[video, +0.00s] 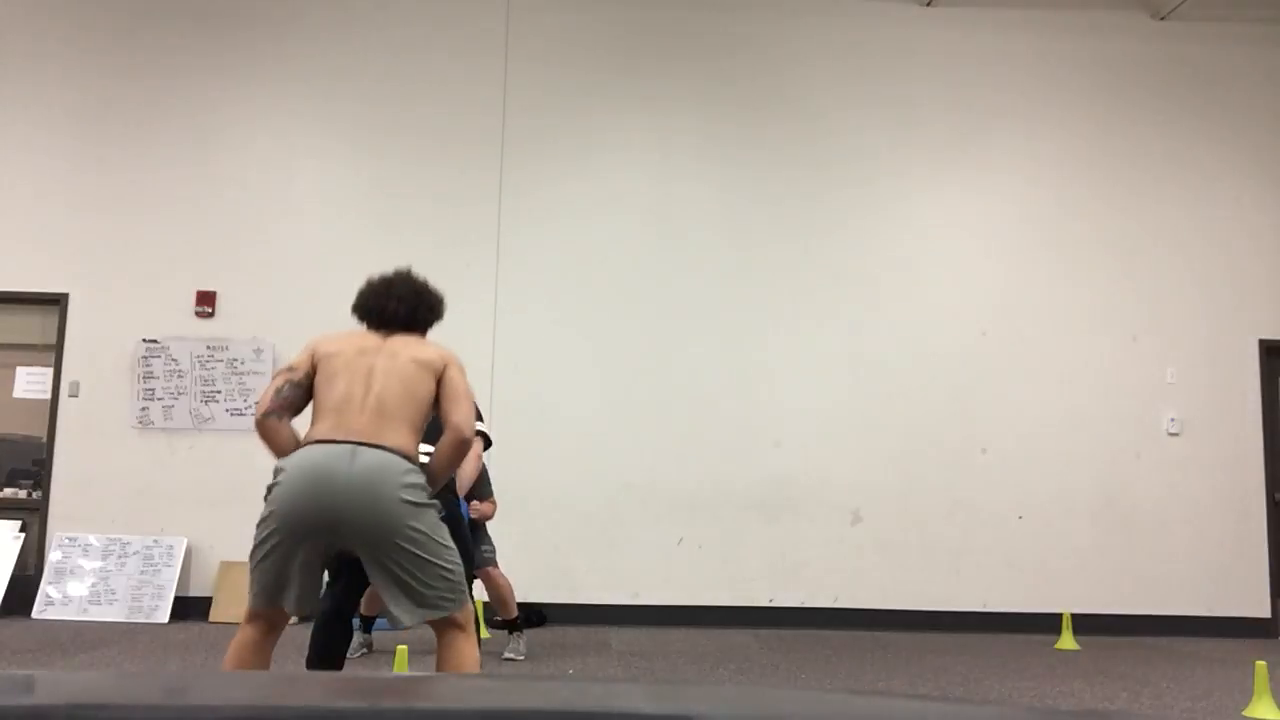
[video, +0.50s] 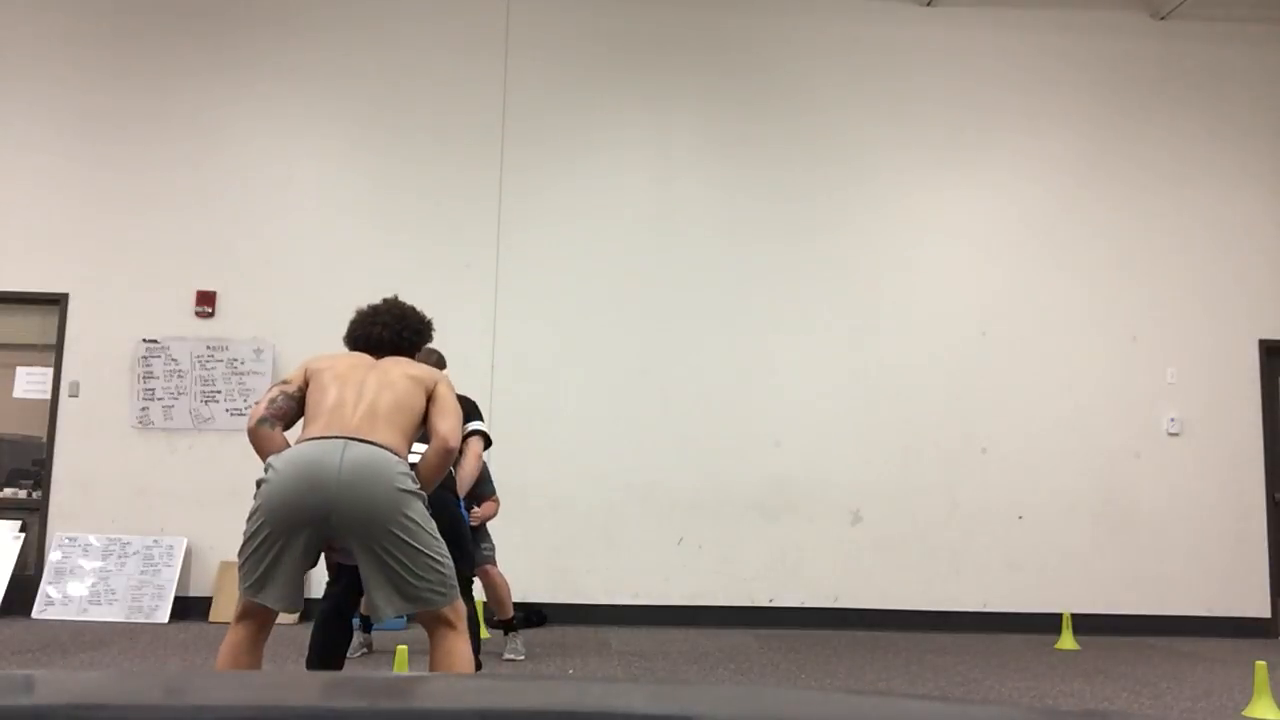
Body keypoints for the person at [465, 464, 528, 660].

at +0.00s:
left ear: (481, 444)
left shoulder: (475, 465)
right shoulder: (429, 468)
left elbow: (489, 505)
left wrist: (480, 510)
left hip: (468, 525)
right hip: (436, 526)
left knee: (487, 569)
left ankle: (515, 633)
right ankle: (465, 642)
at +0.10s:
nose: (459, 439)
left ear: (477, 443)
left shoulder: (475, 467)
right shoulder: (429, 468)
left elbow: (489, 506)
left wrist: (482, 514)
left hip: (469, 526)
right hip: (438, 527)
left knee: (486, 570)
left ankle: (513, 633)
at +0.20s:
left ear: (464, 439)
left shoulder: (475, 467)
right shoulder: (427, 468)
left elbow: (490, 505)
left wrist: (482, 515)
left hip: (470, 527)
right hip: (439, 528)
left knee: (485, 569)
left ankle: (512, 634)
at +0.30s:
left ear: (479, 444)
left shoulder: (475, 468)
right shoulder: (430, 468)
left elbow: (491, 503)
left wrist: (482, 515)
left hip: (469, 526)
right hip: (438, 527)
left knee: (485, 569)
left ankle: (511, 634)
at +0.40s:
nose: (428, 385)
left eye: (434, 377)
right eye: (422, 379)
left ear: (443, 375)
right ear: (413, 377)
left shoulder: (463, 406)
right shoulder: (401, 408)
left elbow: (473, 456)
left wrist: (450, 498)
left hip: (455, 501)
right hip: (409, 501)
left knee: (483, 568)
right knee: (369, 557)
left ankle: (511, 632)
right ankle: (362, 632)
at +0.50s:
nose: (425, 384)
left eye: (431, 375)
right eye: (419, 377)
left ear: (442, 374)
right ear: (412, 375)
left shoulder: (463, 406)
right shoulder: (401, 407)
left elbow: (473, 455)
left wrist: (451, 498)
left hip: (457, 501)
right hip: (411, 500)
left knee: (485, 568)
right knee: (366, 557)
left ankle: (510, 633)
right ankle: (362, 632)